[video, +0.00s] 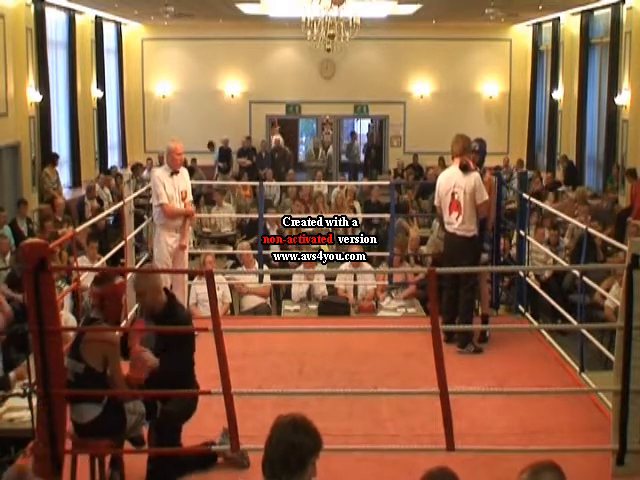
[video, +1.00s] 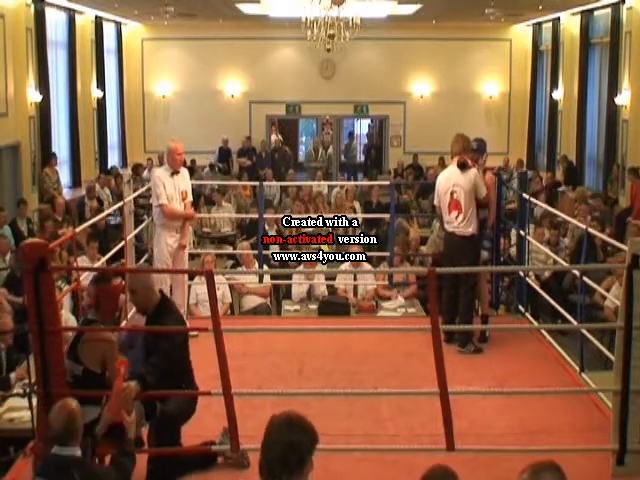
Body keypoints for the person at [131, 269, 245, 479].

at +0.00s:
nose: (139, 300)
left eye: (144, 294)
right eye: (137, 294)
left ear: (158, 290)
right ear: (136, 291)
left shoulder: (178, 318)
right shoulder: (144, 314)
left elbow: (183, 366)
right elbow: (125, 351)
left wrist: (157, 364)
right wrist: (127, 338)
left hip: (180, 392)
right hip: (154, 390)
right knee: (164, 465)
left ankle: (217, 451)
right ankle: (216, 448)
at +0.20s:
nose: (138, 301)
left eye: (141, 295)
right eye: (136, 295)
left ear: (156, 293)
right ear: (136, 293)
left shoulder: (177, 322)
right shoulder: (147, 313)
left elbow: (173, 366)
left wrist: (149, 375)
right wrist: (126, 338)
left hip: (180, 392)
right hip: (157, 391)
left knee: (166, 417)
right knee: (164, 465)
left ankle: (218, 451)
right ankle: (217, 448)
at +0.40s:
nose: (140, 301)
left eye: (144, 295)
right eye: (138, 295)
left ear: (154, 292)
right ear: (135, 294)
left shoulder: (173, 322)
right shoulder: (146, 313)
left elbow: (169, 365)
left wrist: (145, 383)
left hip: (180, 393)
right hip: (158, 392)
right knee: (164, 465)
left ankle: (217, 451)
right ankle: (216, 449)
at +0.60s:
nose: (132, 299)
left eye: (136, 293)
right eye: (130, 293)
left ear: (150, 293)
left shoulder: (172, 321)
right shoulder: (141, 317)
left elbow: (168, 362)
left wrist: (143, 381)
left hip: (181, 391)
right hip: (157, 391)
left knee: (165, 419)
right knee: (164, 466)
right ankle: (214, 449)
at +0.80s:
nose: (130, 298)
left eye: (134, 293)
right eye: (129, 293)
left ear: (150, 292)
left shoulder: (170, 321)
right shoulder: (148, 314)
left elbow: (165, 362)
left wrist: (140, 381)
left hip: (179, 391)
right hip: (155, 390)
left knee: (166, 417)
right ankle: (214, 449)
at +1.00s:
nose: (131, 299)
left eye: (134, 292)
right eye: (129, 293)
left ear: (150, 291)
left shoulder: (168, 322)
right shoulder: (156, 314)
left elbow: (163, 363)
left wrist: (140, 383)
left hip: (179, 393)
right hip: (161, 391)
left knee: (165, 415)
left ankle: (216, 451)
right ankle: (215, 449)